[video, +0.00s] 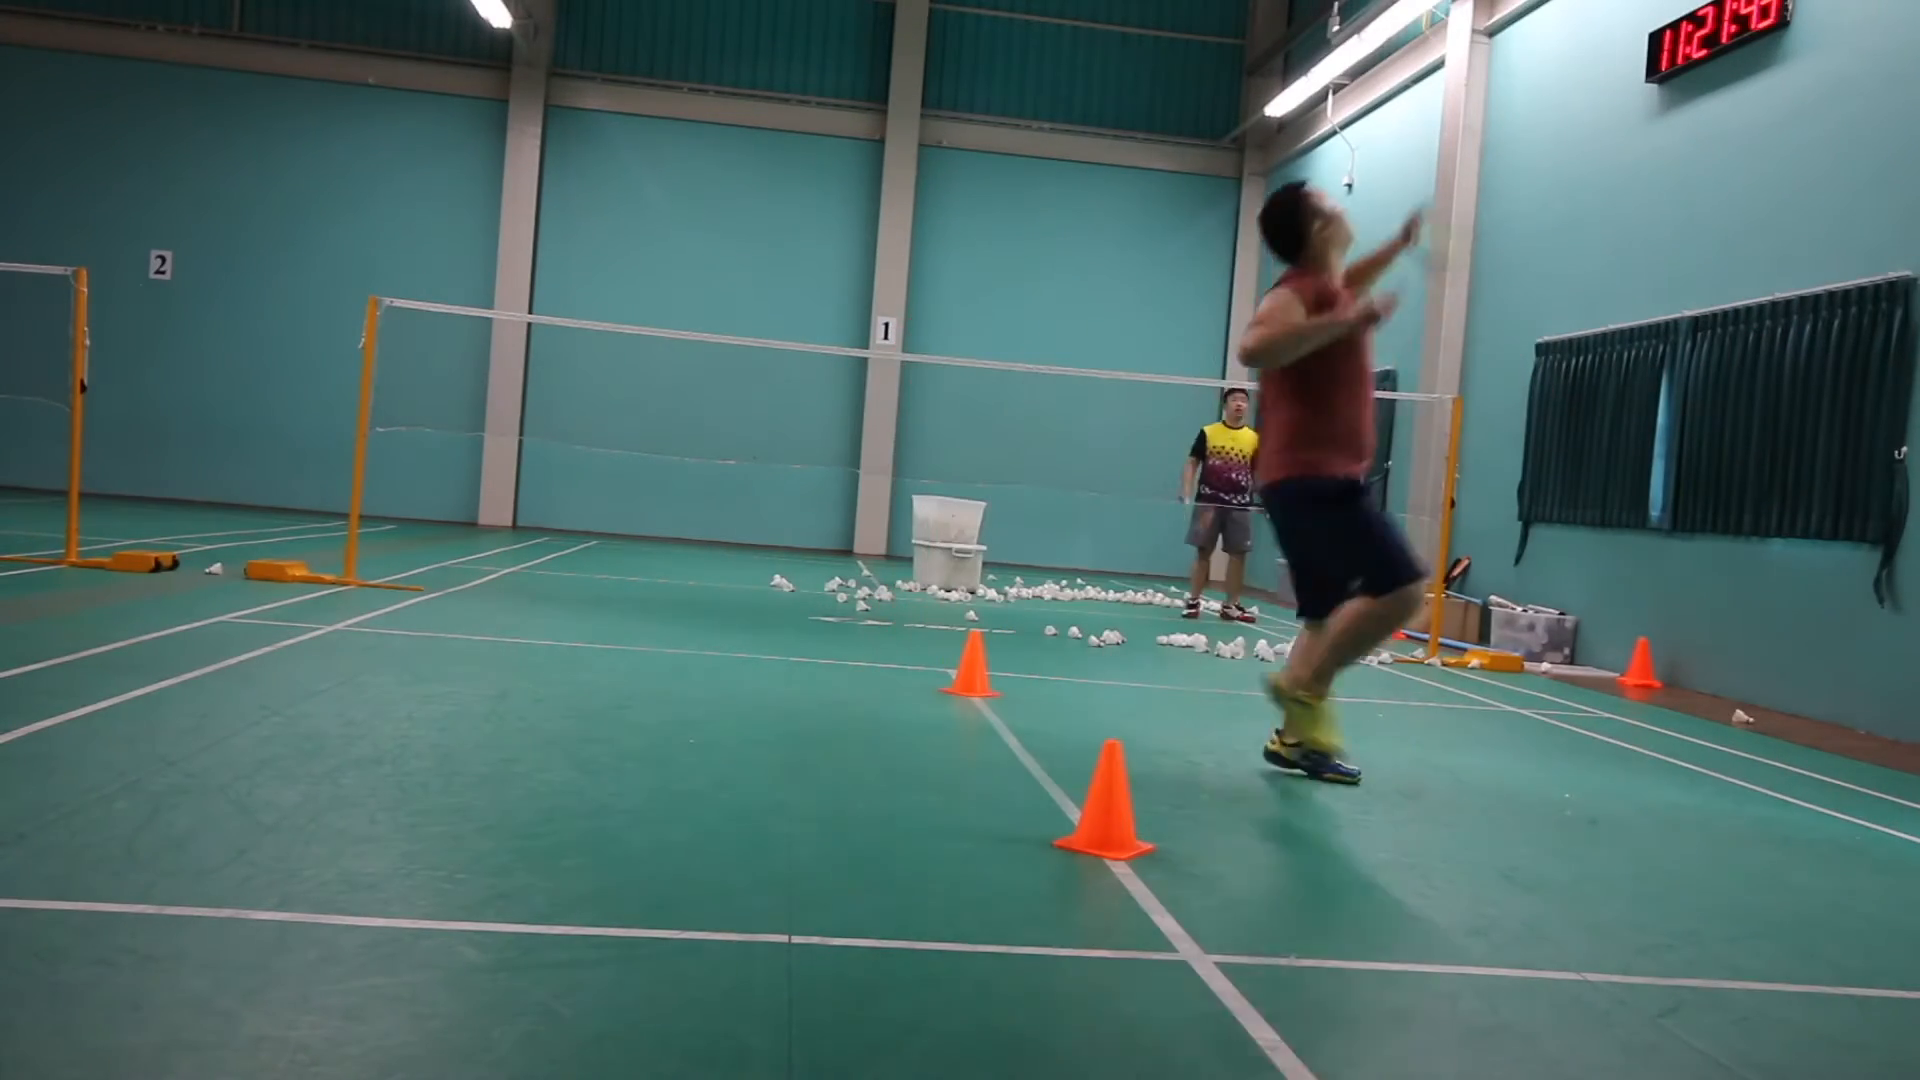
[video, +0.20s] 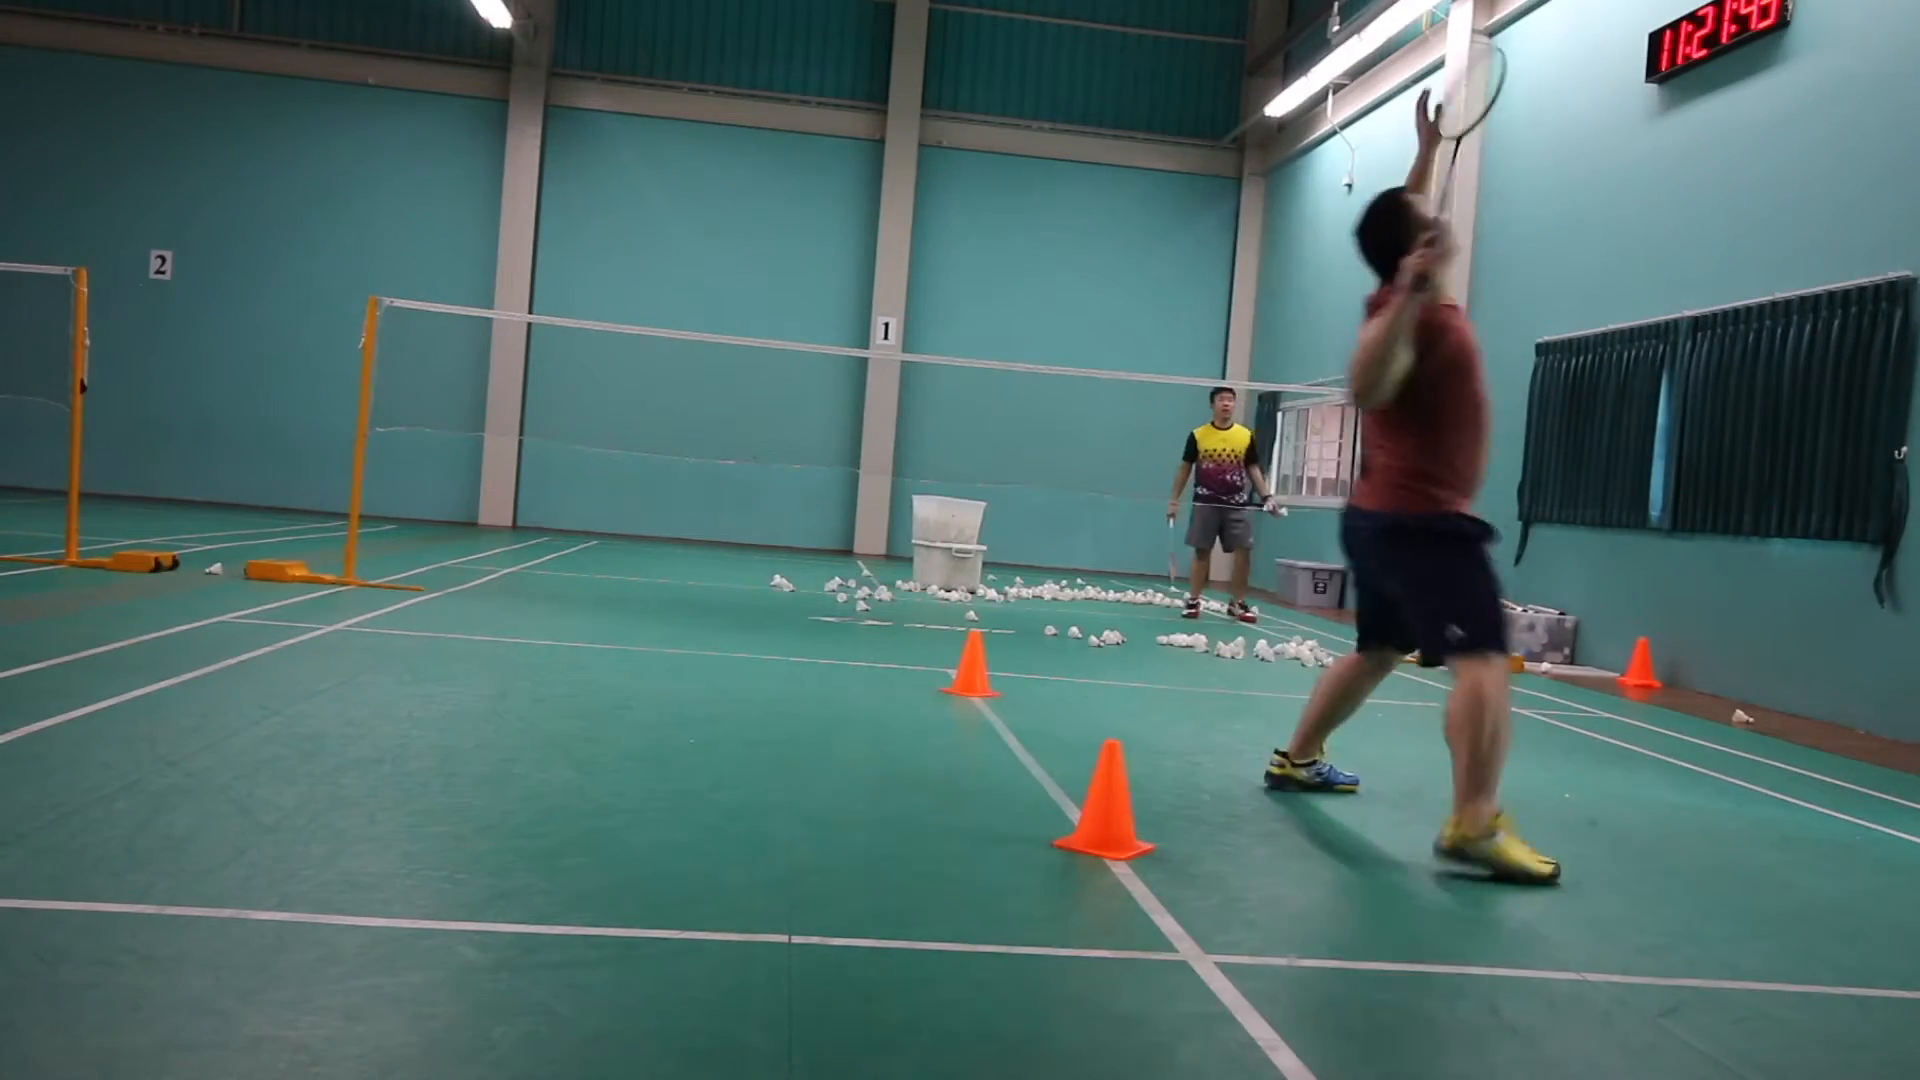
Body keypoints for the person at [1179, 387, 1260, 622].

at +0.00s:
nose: (1239, 405)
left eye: (1243, 401)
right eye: (1235, 400)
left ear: (1248, 407)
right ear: (1225, 405)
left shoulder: (1253, 438)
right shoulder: (1208, 432)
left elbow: (1257, 470)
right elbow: (1192, 462)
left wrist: (1262, 494)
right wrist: (1187, 490)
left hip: (1239, 503)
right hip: (1210, 501)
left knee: (1238, 554)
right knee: (1203, 553)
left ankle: (1231, 604)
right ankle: (1194, 599)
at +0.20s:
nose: (1226, 404)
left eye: (1230, 400)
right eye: (1222, 400)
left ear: (1235, 405)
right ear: (1213, 405)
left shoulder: (1246, 436)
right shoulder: (1198, 436)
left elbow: (1253, 468)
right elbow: (1185, 469)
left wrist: (1267, 495)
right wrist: (1174, 500)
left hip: (1237, 505)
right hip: (1206, 503)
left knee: (1243, 551)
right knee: (1201, 552)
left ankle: (1238, 602)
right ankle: (1194, 599)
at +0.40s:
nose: (1238, 408)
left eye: (1242, 403)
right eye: (1234, 403)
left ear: (1247, 408)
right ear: (1224, 407)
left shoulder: (1257, 439)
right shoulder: (1210, 438)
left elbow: (1263, 472)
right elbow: (1194, 471)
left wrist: (1272, 499)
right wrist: (1182, 502)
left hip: (1248, 507)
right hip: (1216, 506)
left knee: (1256, 555)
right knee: (1206, 554)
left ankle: (1267, 608)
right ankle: (1194, 601)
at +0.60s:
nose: (1266, 410)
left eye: (1270, 406)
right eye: (1261, 406)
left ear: (1275, 412)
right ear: (1252, 410)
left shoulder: (1282, 443)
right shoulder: (1237, 440)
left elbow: (1286, 477)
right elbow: (1223, 474)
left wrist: (1298, 508)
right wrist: (1219, 507)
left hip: (1268, 511)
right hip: (1238, 509)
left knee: (1275, 556)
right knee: (1221, 554)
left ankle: (1270, 609)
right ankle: (1196, 598)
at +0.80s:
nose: (1282, 423)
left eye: (1286, 419)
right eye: (1278, 418)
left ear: (1289, 422)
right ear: (1267, 419)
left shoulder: (1292, 446)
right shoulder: (1250, 446)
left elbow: (1297, 478)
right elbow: (1235, 478)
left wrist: (1312, 504)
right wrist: (1255, 501)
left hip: (1272, 512)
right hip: (1242, 510)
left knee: (1277, 557)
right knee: (1223, 554)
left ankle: (1271, 609)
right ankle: (1200, 599)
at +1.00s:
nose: (1270, 420)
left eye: (1273, 415)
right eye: (1265, 414)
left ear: (1277, 419)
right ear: (1254, 416)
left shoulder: (1276, 445)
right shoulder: (1239, 441)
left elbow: (1279, 474)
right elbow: (1221, 467)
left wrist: (1295, 496)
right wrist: (1211, 488)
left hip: (1255, 505)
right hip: (1228, 502)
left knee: (1268, 554)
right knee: (1220, 553)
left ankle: (1270, 608)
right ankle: (1203, 602)